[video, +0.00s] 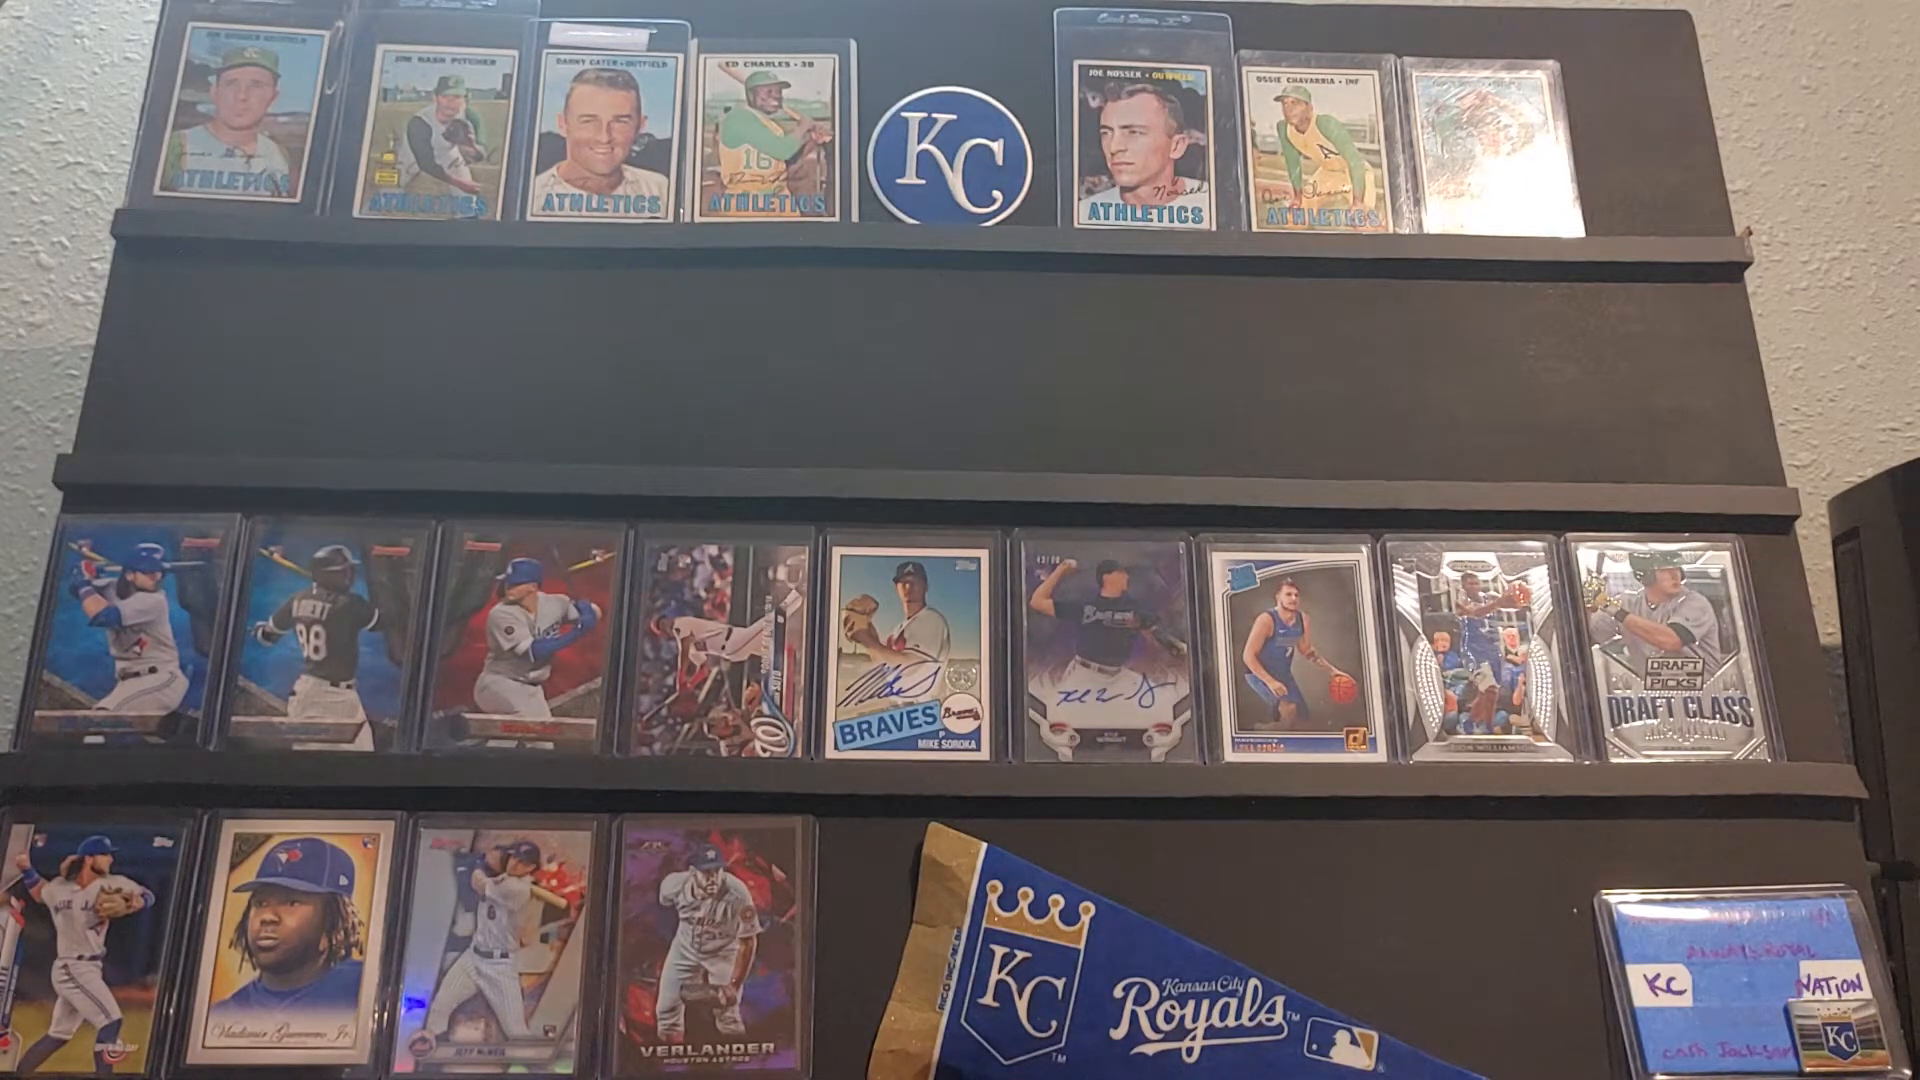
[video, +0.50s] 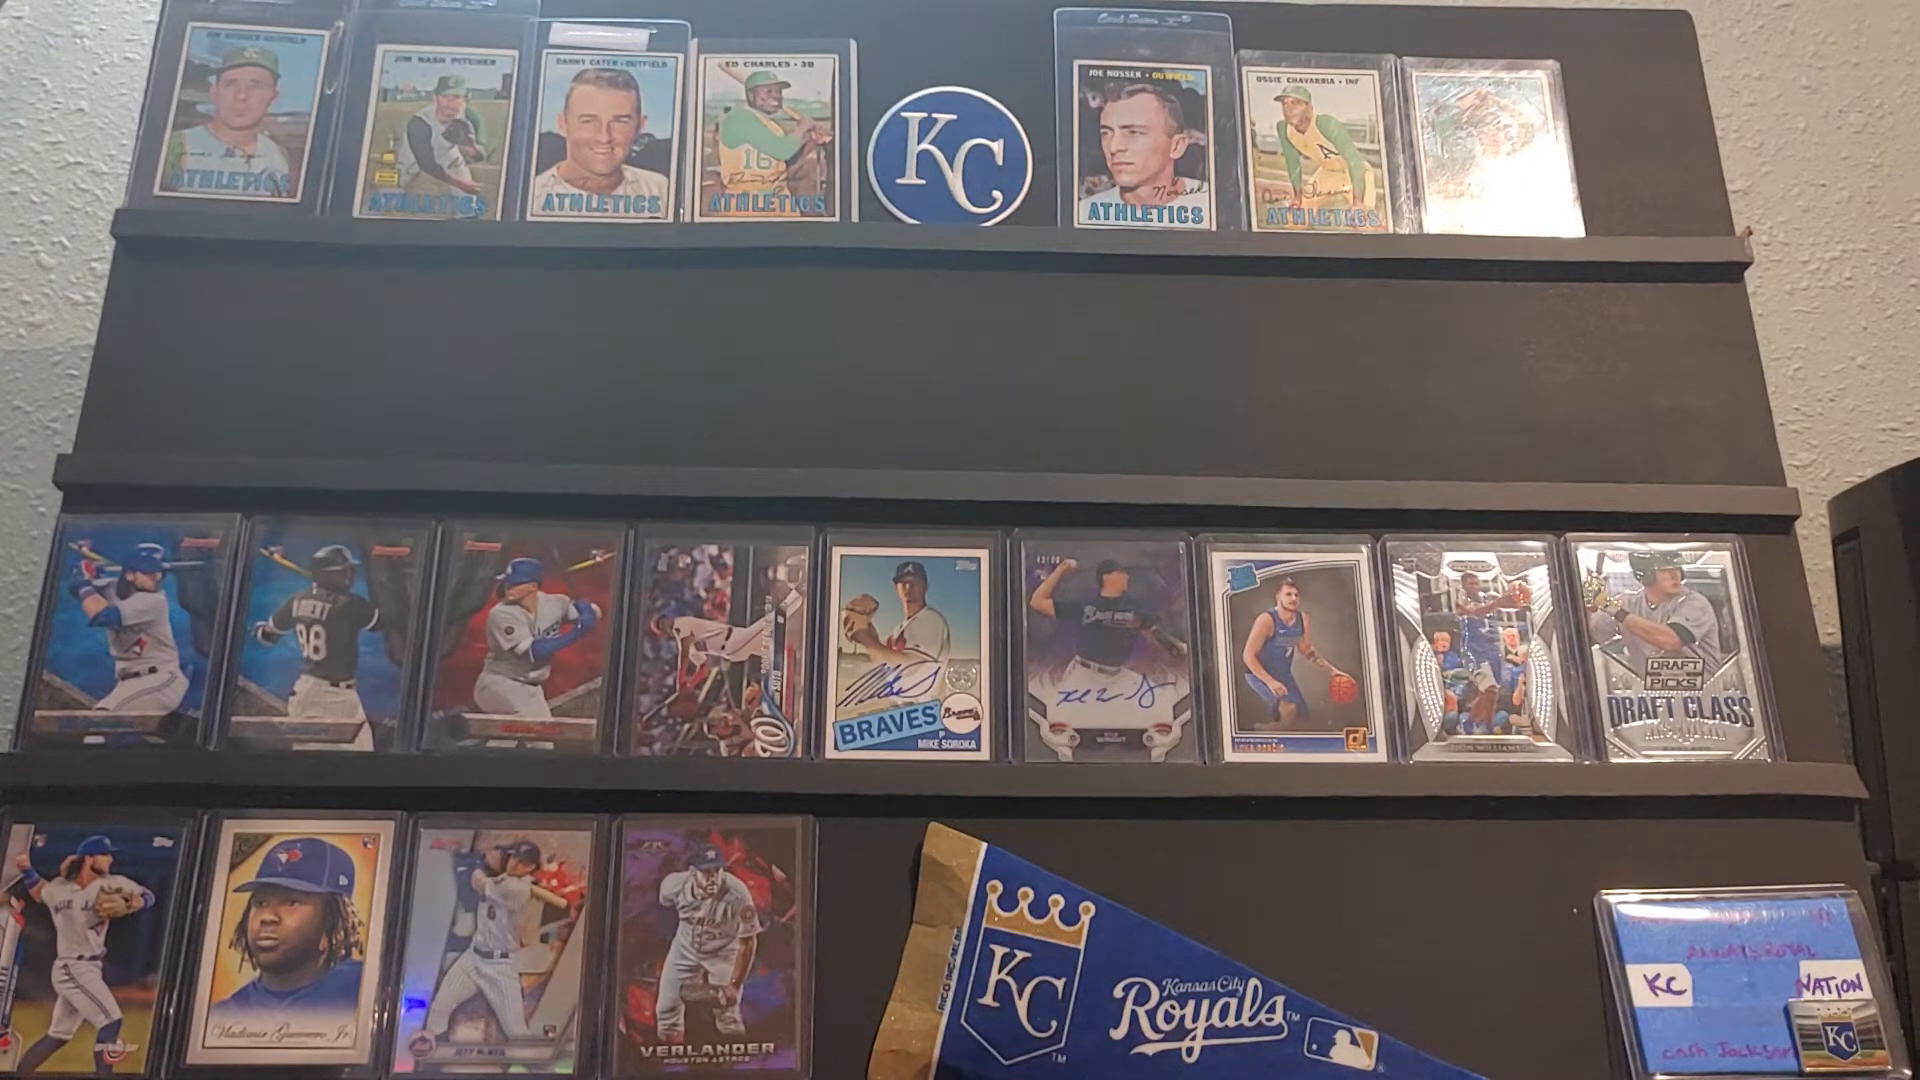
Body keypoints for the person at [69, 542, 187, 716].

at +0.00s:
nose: (156, 577)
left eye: (158, 571)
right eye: (148, 572)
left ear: (162, 573)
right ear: (130, 575)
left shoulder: (155, 601)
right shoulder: (114, 588)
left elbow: (104, 617)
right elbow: (78, 589)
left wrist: (83, 585)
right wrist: (87, 570)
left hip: (163, 679)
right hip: (130, 681)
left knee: (100, 717)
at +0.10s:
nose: (155, 577)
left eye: (158, 571)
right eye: (148, 572)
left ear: (162, 573)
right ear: (130, 575)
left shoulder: (155, 601)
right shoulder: (113, 588)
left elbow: (104, 616)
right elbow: (78, 589)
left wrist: (83, 585)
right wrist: (87, 570)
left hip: (163, 679)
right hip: (129, 681)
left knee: (100, 716)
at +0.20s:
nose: (156, 577)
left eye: (158, 571)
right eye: (148, 572)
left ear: (162, 573)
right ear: (130, 575)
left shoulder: (155, 601)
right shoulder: (113, 588)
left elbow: (104, 616)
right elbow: (78, 589)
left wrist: (83, 585)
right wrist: (87, 571)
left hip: (163, 679)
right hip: (129, 681)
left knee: (101, 716)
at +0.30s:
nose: (156, 577)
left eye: (158, 571)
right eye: (148, 572)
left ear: (162, 573)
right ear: (130, 575)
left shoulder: (155, 601)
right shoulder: (114, 588)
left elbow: (104, 616)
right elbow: (78, 589)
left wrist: (83, 585)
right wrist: (87, 571)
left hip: (163, 679)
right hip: (129, 681)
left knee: (101, 716)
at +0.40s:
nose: (156, 577)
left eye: (158, 571)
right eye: (148, 572)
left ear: (162, 573)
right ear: (130, 575)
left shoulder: (155, 601)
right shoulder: (114, 588)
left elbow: (104, 616)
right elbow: (78, 589)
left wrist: (83, 585)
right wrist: (87, 571)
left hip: (163, 679)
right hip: (129, 681)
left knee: (101, 716)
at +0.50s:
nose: (156, 577)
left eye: (158, 571)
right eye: (148, 572)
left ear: (162, 573)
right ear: (130, 575)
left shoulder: (154, 601)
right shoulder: (113, 588)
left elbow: (104, 617)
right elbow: (78, 589)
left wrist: (83, 585)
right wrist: (87, 571)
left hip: (163, 679)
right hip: (129, 681)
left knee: (101, 716)